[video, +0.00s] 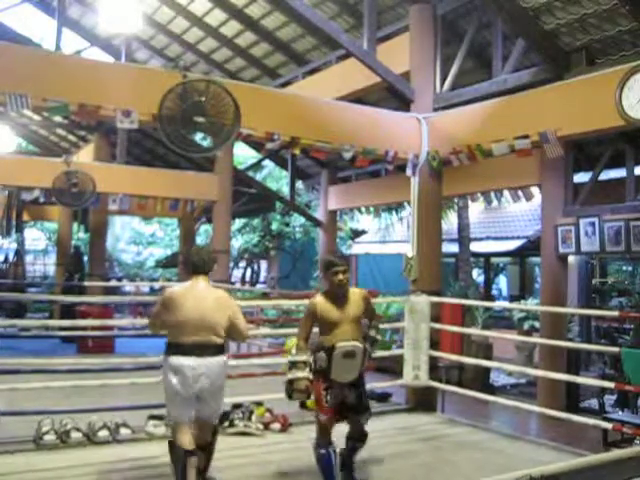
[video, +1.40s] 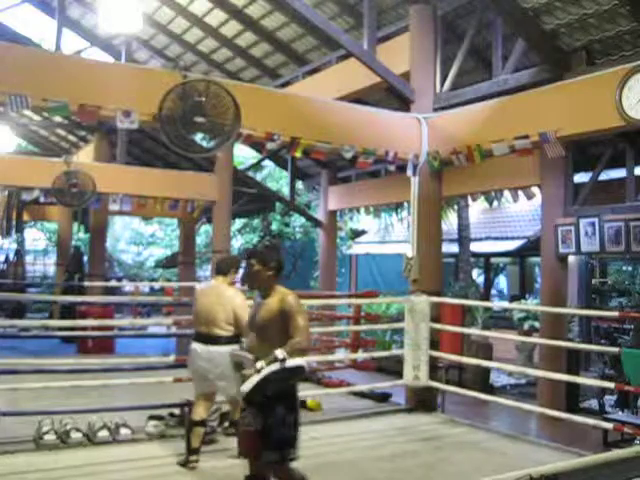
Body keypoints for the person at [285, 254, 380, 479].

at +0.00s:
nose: (342, 278)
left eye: (345, 273)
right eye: (336, 274)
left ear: (349, 274)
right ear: (326, 277)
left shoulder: (361, 297)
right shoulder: (317, 304)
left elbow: (374, 319)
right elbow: (302, 338)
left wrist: (369, 339)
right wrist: (302, 371)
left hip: (355, 368)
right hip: (327, 369)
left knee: (359, 428)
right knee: (324, 427)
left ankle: (348, 462)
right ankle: (328, 473)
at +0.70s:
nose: (328, 273)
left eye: (334, 268)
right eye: (324, 268)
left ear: (345, 271)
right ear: (319, 272)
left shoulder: (359, 304)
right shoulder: (308, 302)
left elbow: (386, 336)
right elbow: (289, 329)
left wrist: (371, 367)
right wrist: (287, 361)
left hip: (344, 379)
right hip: (311, 378)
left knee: (346, 449)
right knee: (300, 452)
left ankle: (349, 475)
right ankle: (321, 476)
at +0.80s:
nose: (321, 273)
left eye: (327, 268)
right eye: (318, 268)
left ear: (340, 270)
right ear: (313, 271)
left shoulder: (356, 304)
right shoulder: (304, 302)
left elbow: (379, 338)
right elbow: (292, 329)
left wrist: (353, 363)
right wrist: (293, 359)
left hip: (340, 387)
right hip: (307, 385)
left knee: (344, 453)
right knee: (289, 447)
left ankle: (347, 475)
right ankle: (300, 475)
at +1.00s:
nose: (299, 276)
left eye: (305, 270)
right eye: (297, 271)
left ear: (321, 273)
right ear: (295, 275)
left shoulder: (339, 303)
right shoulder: (295, 304)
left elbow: (352, 339)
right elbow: (293, 338)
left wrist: (325, 349)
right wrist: (293, 355)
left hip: (328, 381)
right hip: (298, 380)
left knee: (336, 452)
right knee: (281, 446)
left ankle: (343, 470)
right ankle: (278, 472)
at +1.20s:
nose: (271, 274)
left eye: (276, 268)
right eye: (271, 269)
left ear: (293, 272)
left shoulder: (309, 301)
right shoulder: (282, 304)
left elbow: (323, 341)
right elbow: (284, 341)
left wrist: (298, 352)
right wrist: (270, 358)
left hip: (302, 380)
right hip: (279, 378)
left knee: (310, 449)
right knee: (267, 443)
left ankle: (327, 472)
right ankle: (265, 471)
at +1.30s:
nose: (257, 272)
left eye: (262, 267)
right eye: (257, 268)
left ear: (281, 269)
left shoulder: (297, 299)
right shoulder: (271, 301)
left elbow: (310, 340)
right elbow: (271, 340)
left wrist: (283, 355)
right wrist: (257, 359)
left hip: (289, 381)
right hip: (267, 378)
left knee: (299, 461)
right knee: (260, 449)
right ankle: (261, 470)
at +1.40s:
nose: (247, 273)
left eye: (252, 267)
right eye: (247, 267)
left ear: (270, 271)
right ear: (264, 272)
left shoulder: (288, 299)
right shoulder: (261, 301)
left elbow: (301, 341)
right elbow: (262, 340)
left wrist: (268, 360)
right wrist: (246, 354)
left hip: (280, 383)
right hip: (259, 381)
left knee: (274, 460)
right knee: (253, 448)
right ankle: (258, 473)